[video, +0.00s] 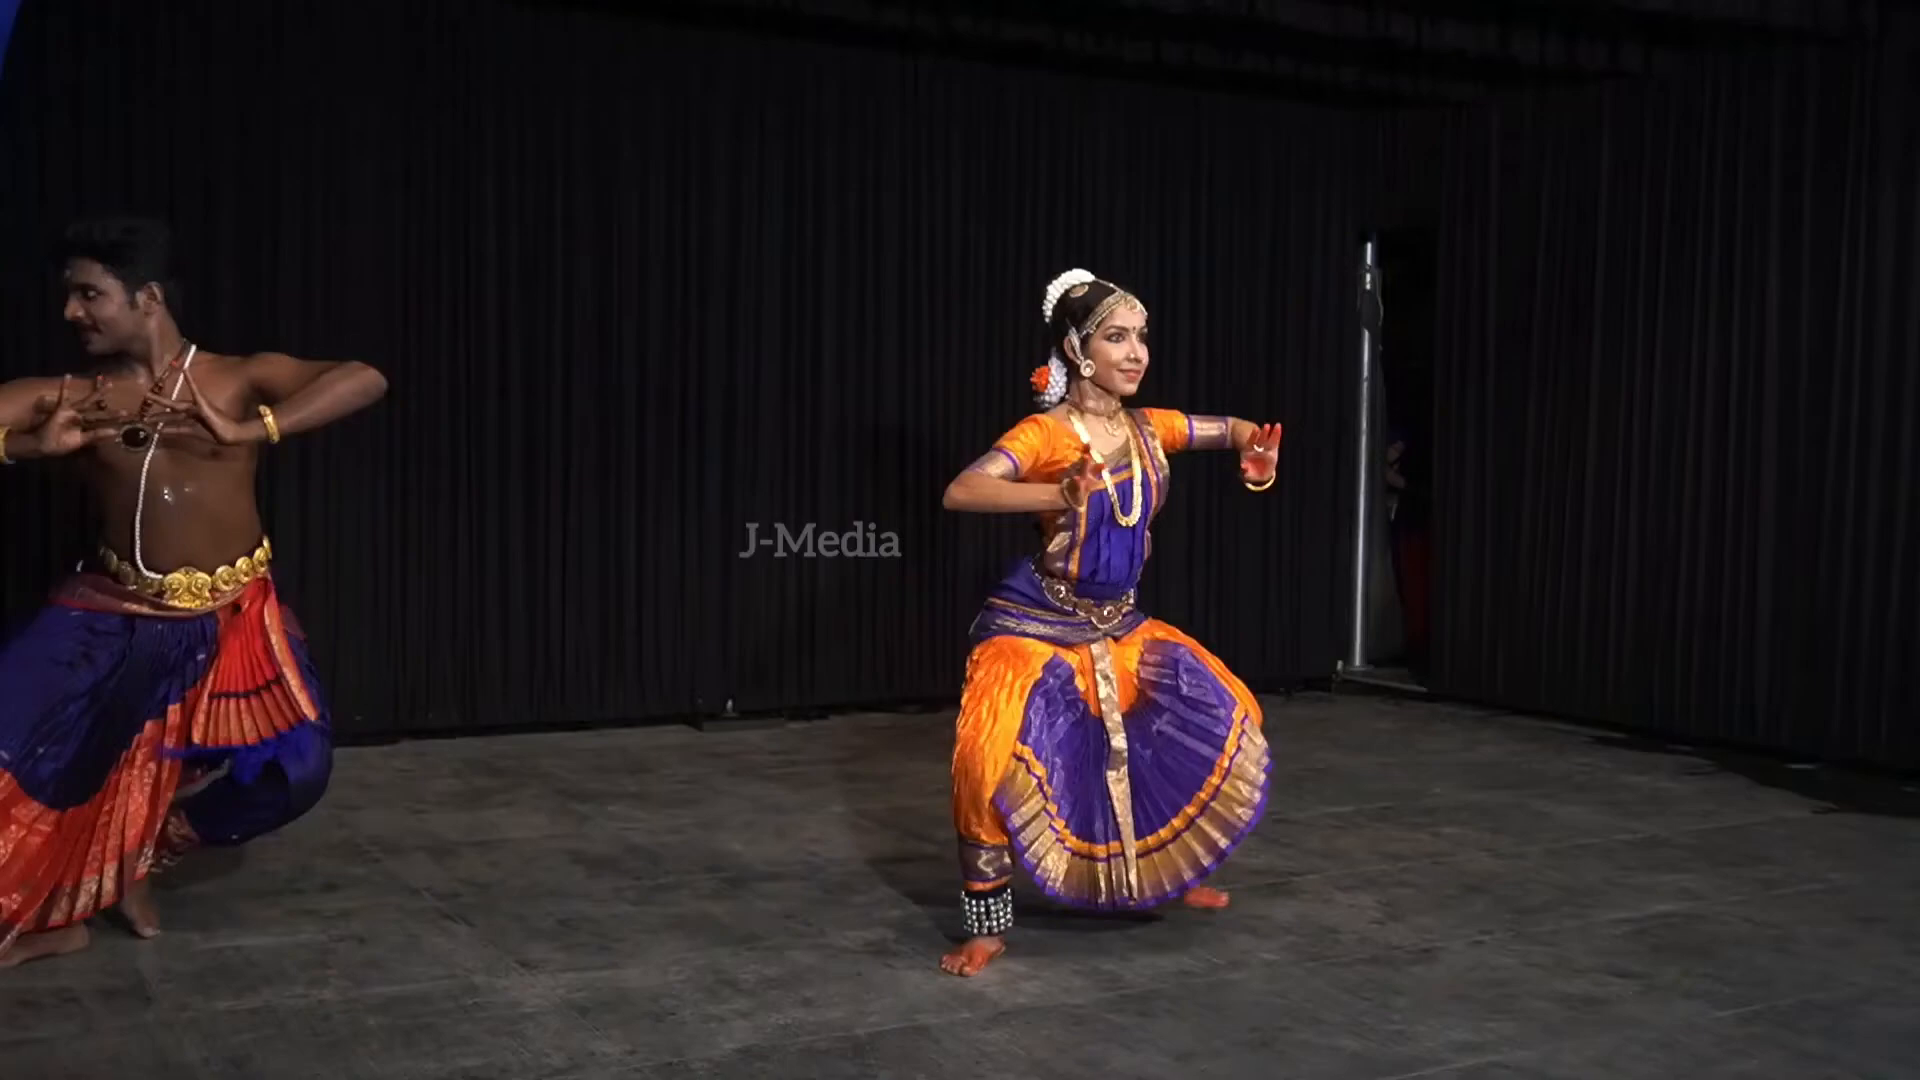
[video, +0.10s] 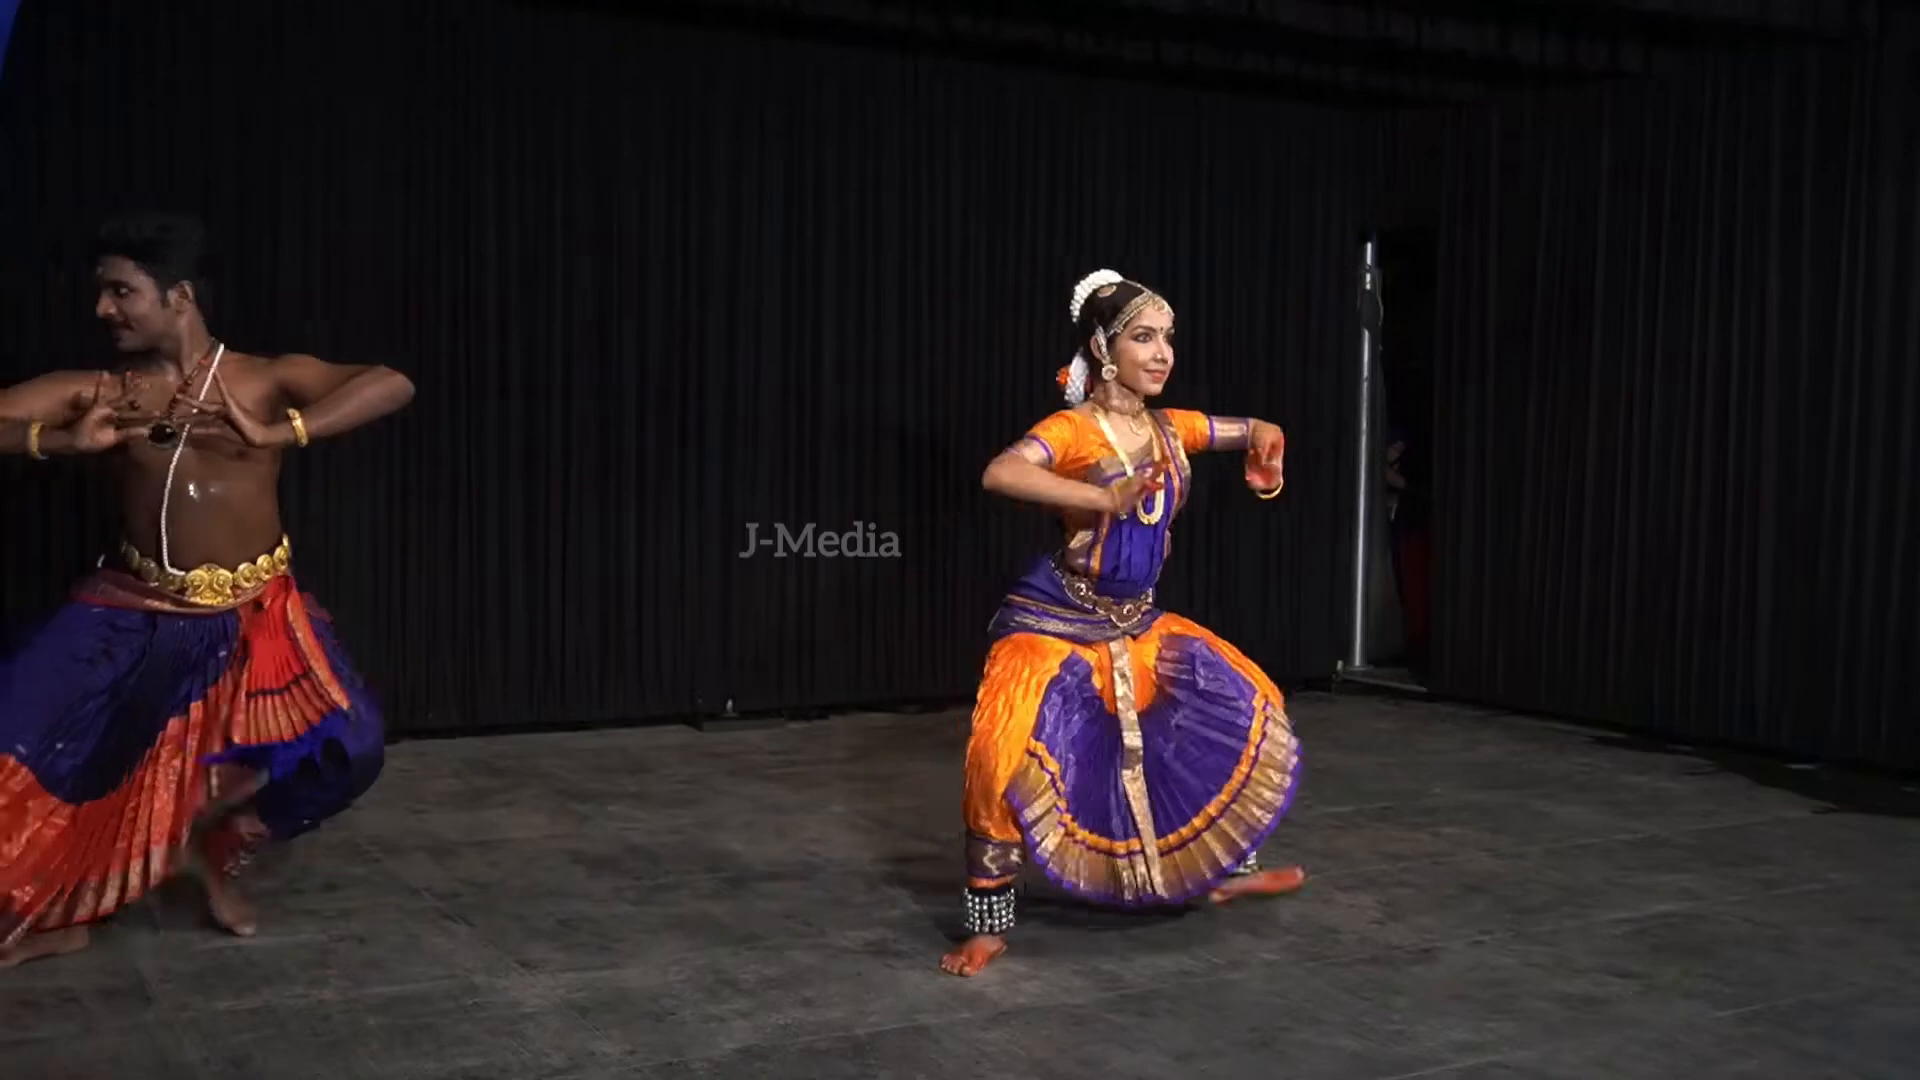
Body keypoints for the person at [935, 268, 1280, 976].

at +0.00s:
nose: (1137, 352)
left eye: (1142, 337)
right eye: (1119, 338)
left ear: (1146, 349)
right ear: (1078, 352)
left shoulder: (1151, 427)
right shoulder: (1047, 435)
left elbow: (1233, 429)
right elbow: (962, 491)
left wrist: (1255, 447)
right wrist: (1058, 494)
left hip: (1120, 626)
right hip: (1034, 624)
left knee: (1229, 710)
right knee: (980, 750)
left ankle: (1168, 863)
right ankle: (986, 924)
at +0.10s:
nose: (1163, 353)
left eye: (1168, 338)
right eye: (1146, 337)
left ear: (1171, 351)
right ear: (1104, 350)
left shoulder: (1172, 427)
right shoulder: (1074, 429)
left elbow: (1260, 431)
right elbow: (1002, 473)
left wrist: (1265, 459)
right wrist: (1100, 498)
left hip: (1138, 623)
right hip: (1054, 620)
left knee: (1249, 701)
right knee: (995, 747)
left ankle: (1214, 867)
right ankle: (988, 922)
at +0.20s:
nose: (1227, 346)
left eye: (1233, 332)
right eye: (1210, 331)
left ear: (1237, 343)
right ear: (1168, 342)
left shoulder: (1238, 422)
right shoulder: (1140, 417)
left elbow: (1327, 434)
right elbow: (1095, 456)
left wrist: (1327, 458)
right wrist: (1194, 494)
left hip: (1201, 616)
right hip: (1117, 612)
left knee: (1295, 712)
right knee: (1042, 737)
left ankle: (1296, 877)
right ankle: (995, 916)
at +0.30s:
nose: (1287, 344)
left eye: (1292, 330)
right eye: (1270, 329)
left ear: (1295, 342)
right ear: (1226, 342)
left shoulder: (1298, 418)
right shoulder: (1203, 413)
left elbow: (1388, 426)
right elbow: (1163, 459)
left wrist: (1387, 452)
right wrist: (1255, 491)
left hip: (1264, 611)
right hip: (1182, 605)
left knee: (1341, 718)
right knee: (1091, 721)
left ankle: (1309, 881)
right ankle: (1050, 894)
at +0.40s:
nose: (1335, 344)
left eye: (1339, 331)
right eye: (1319, 329)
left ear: (1342, 343)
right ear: (1279, 341)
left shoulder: (1344, 415)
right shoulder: (1253, 412)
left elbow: (1437, 422)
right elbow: (1211, 459)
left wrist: (1431, 447)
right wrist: (1309, 491)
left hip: (1313, 607)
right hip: (1234, 601)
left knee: (1362, 720)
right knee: (1168, 711)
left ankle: (1312, 880)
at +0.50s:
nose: (1374, 342)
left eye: (1379, 329)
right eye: (1357, 328)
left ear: (1383, 339)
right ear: (1318, 340)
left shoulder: (1385, 412)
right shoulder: (1293, 411)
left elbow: (1476, 420)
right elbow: (1254, 455)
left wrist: (1471, 442)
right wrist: (1349, 485)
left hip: (1351, 607)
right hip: (1279, 607)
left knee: (1392, 721)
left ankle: (1314, 875)